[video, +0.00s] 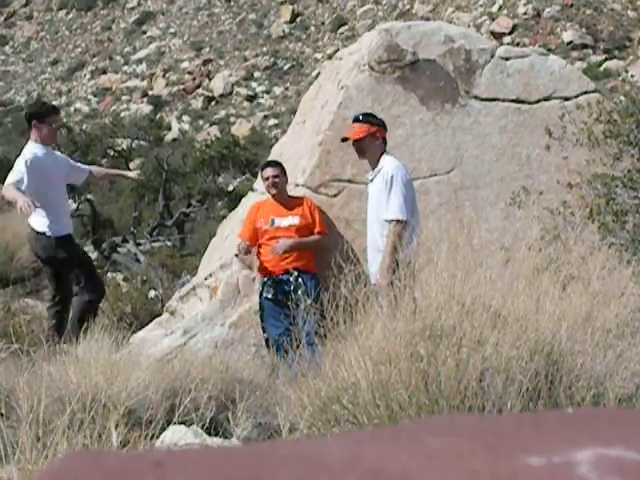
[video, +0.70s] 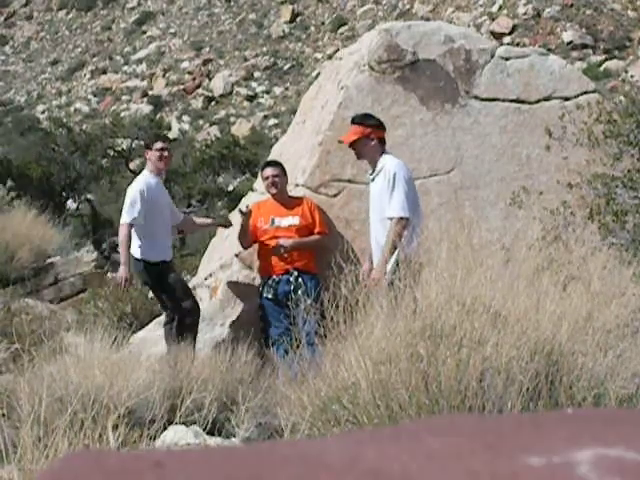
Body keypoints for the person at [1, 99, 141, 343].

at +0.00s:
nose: (58, 131)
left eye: (58, 126)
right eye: (54, 126)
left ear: (42, 127)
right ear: (36, 126)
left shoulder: (55, 157)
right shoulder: (30, 157)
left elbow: (88, 172)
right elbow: (7, 188)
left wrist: (125, 173)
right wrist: (20, 197)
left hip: (51, 237)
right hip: (52, 238)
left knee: (60, 294)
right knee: (93, 288)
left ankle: (54, 346)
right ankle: (72, 342)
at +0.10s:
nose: (77, 132)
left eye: (77, 126)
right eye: (72, 127)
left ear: (60, 127)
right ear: (56, 126)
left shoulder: (71, 152)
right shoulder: (44, 153)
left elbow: (102, 169)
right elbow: (18, 184)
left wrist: (132, 172)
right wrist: (30, 181)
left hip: (74, 231)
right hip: (68, 235)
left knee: (82, 291)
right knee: (96, 291)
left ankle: (68, 347)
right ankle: (105, 347)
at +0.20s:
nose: (101, 152)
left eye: (102, 147)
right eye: (98, 146)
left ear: (84, 143)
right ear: (83, 143)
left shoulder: (89, 165)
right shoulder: (66, 168)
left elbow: (112, 182)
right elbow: (47, 199)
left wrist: (143, 184)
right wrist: (42, 197)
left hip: (93, 242)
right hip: (83, 247)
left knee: (104, 295)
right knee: (113, 290)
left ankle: (105, 344)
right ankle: (109, 345)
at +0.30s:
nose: (121, 170)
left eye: (122, 165)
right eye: (119, 164)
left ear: (106, 162)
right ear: (106, 162)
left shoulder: (102, 187)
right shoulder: (86, 189)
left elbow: (126, 204)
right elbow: (65, 226)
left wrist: (157, 203)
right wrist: (66, 239)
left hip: (108, 263)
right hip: (98, 266)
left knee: (130, 308)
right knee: (130, 307)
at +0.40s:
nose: (139, 175)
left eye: (140, 170)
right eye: (137, 169)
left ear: (123, 168)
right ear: (124, 168)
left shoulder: (114, 193)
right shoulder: (106, 198)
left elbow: (137, 219)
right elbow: (89, 245)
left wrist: (170, 223)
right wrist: (91, 285)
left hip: (126, 271)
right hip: (119, 274)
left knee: (152, 318)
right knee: (140, 326)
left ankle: (171, 364)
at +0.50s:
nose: (152, 175)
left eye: (152, 170)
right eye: (149, 169)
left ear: (137, 169)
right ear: (135, 168)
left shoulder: (133, 198)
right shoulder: (120, 203)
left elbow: (154, 224)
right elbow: (109, 248)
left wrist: (185, 228)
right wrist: (111, 285)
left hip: (146, 273)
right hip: (134, 275)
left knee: (163, 320)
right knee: (164, 315)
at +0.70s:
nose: (165, 154)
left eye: (167, 150)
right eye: (160, 150)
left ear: (170, 155)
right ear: (148, 154)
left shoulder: (158, 186)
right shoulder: (140, 186)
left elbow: (181, 221)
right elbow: (125, 226)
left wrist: (215, 223)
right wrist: (124, 266)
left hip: (161, 260)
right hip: (152, 263)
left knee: (173, 312)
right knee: (189, 310)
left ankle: (175, 364)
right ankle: (184, 365)